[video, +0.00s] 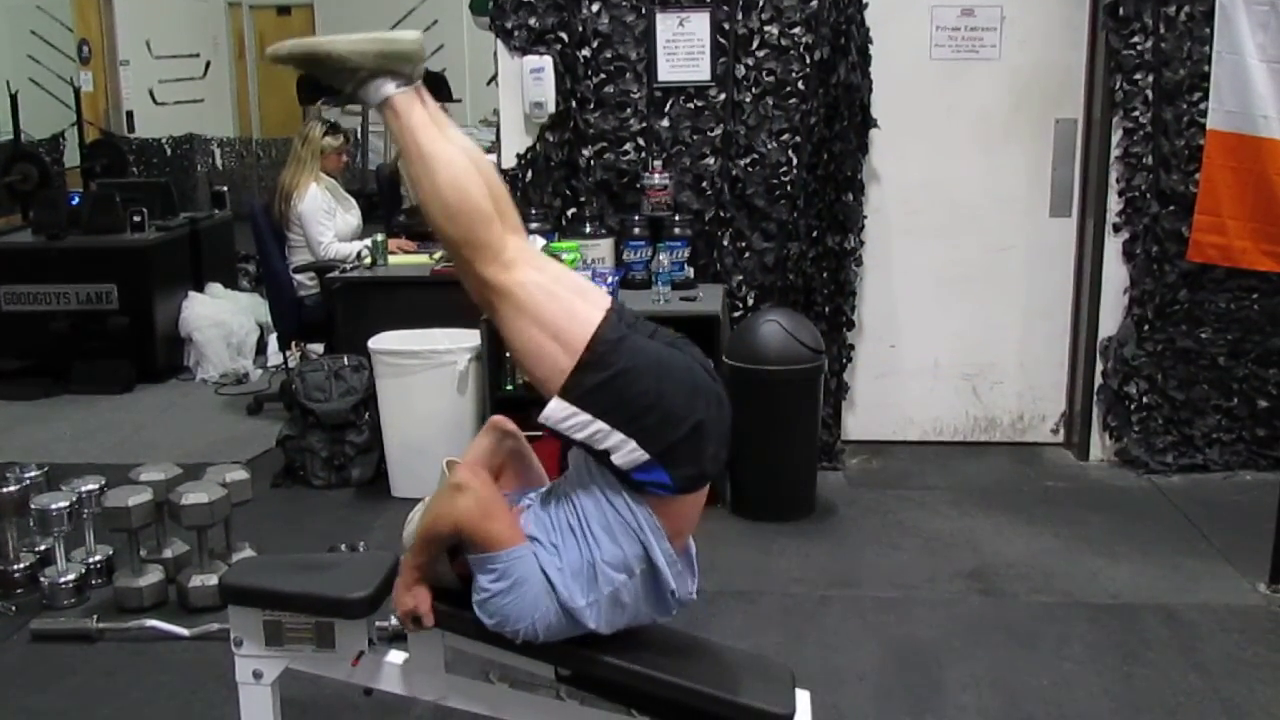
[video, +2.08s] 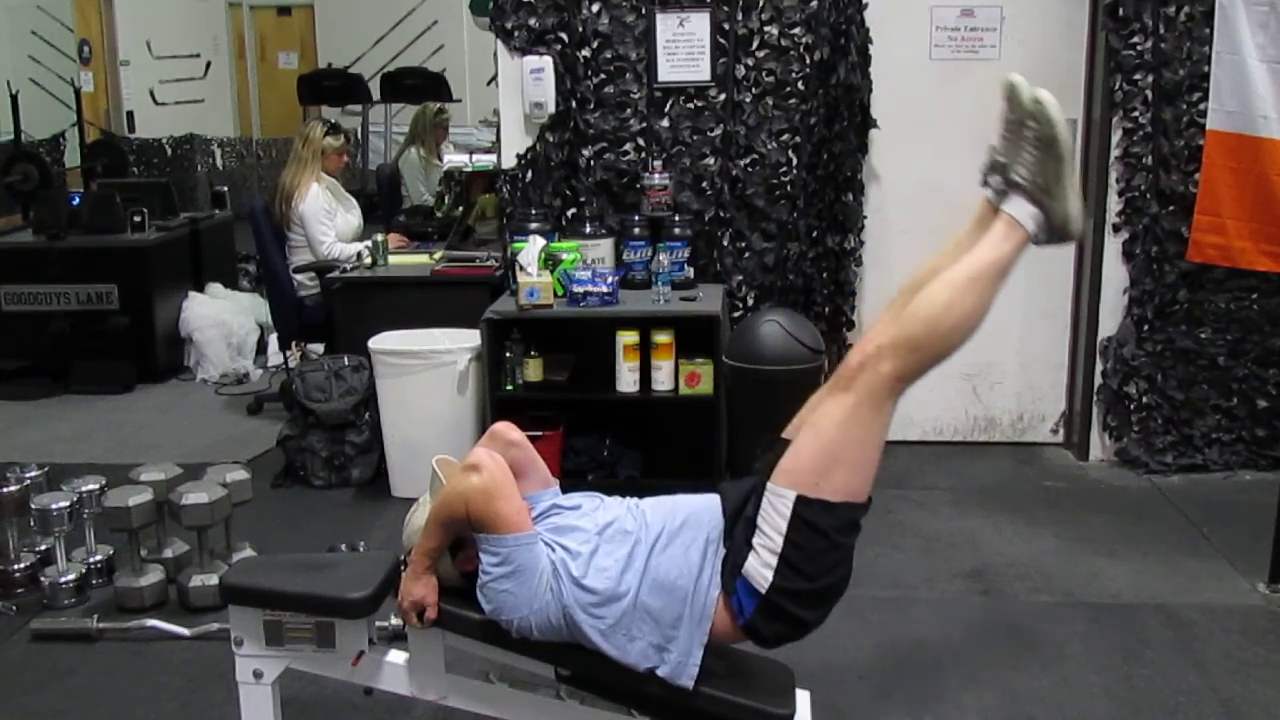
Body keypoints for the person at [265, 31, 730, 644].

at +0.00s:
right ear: (470, 573)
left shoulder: (534, 538)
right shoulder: (518, 599)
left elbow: (501, 434)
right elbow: (464, 491)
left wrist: (432, 538)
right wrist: (416, 572)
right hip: (675, 443)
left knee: (511, 261)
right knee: (500, 270)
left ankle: (410, 91)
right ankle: (392, 89)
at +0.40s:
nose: (471, 474)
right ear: (470, 564)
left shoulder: (547, 530)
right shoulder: (514, 588)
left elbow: (504, 436)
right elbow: (469, 481)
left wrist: (445, 506)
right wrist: (419, 562)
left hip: (715, 458)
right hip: (700, 475)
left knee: (589, 265)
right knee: (581, 268)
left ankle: (524, 76)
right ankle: (514, 73)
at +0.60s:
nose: (471, 466)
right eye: (464, 474)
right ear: (474, 552)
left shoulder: (551, 521)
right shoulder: (514, 591)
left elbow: (508, 437)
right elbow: (474, 483)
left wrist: (453, 504)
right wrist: (421, 564)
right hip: (715, 496)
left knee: (647, 273)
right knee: (641, 273)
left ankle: (614, 60)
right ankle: (611, 58)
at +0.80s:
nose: (466, 474)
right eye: (463, 478)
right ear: (468, 542)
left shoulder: (555, 533)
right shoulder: (513, 591)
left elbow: (507, 437)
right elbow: (477, 482)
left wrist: (453, 500)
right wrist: (422, 564)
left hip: (744, 499)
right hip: (729, 514)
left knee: (707, 280)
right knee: (696, 282)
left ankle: (717, 72)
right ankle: (716, 70)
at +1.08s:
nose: (473, 472)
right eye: (468, 485)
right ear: (471, 546)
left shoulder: (548, 527)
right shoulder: (518, 590)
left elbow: (505, 440)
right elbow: (477, 480)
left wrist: (449, 518)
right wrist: (421, 561)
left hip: (736, 517)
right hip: (742, 537)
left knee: (756, 302)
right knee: (753, 304)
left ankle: (826, 98)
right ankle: (823, 95)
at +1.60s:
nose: (507, 467)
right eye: (485, 472)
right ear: (484, 517)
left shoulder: (552, 524)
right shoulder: (516, 585)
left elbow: (506, 438)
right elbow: (475, 479)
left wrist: (452, 511)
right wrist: (421, 562)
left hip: (746, 536)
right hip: (751, 567)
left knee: (821, 333)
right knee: (819, 337)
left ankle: (919, 154)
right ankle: (928, 153)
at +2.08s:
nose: (517, 464)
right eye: (493, 476)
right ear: (480, 523)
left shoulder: (551, 526)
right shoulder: (521, 582)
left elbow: (507, 432)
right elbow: (474, 473)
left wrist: (447, 521)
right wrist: (422, 562)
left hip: (738, 540)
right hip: (753, 585)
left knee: (869, 358)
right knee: (873, 365)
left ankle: (1008, 203)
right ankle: (1022, 213)